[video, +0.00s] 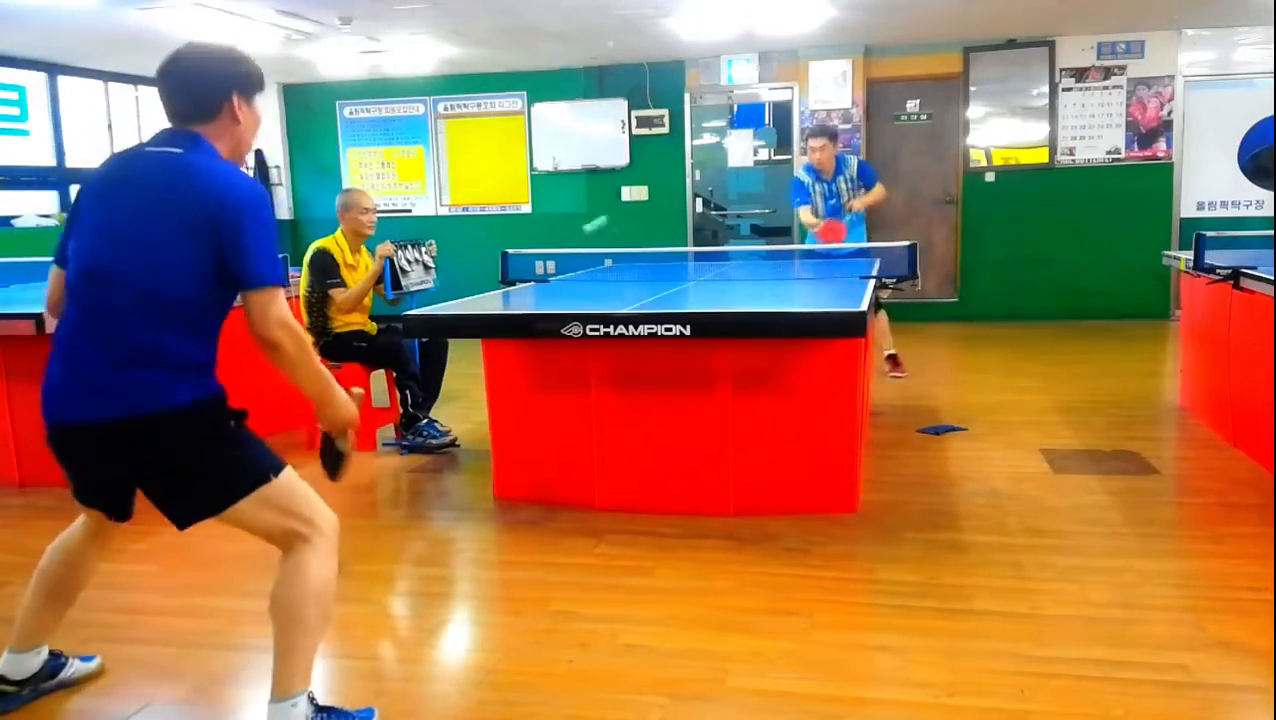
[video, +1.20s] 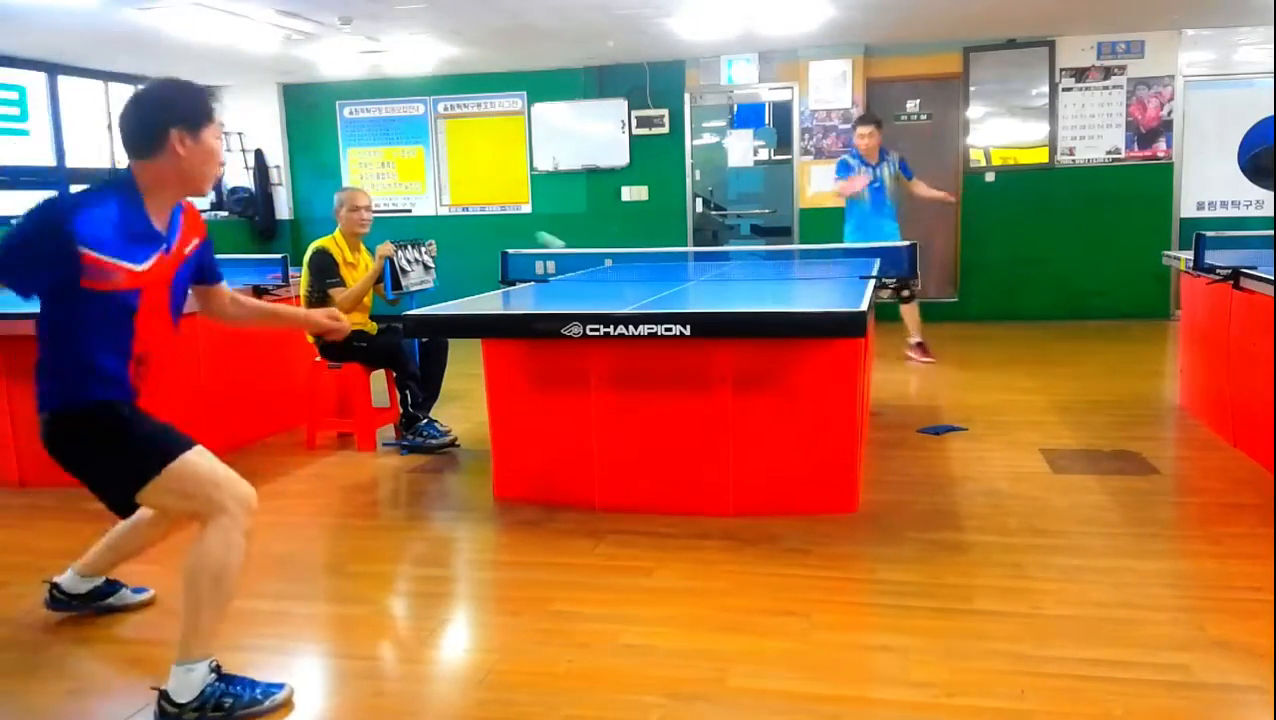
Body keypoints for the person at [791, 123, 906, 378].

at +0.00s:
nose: (815, 156)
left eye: (821, 150)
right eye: (811, 150)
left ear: (835, 148)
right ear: (806, 151)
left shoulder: (853, 165)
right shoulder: (803, 176)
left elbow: (880, 191)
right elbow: (804, 212)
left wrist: (862, 201)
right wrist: (816, 223)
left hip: (855, 248)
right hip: (818, 251)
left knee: (872, 300)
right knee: (817, 301)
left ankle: (889, 354)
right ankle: (819, 358)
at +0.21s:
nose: (835, 168)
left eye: (841, 161)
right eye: (832, 162)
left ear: (857, 159)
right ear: (828, 163)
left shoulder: (876, 180)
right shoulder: (827, 187)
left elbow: (907, 211)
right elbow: (807, 216)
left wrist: (878, 219)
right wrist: (785, 241)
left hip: (877, 261)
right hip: (842, 262)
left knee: (897, 312)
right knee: (840, 314)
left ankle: (920, 354)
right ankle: (842, 364)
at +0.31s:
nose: (847, 159)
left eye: (852, 152)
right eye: (842, 153)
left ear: (867, 150)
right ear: (838, 155)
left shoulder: (885, 173)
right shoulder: (839, 180)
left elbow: (919, 202)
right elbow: (827, 209)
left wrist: (892, 216)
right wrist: (812, 234)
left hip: (888, 253)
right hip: (853, 254)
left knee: (900, 305)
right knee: (849, 306)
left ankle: (921, 354)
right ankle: (848, 360)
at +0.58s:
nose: (858, 156)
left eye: (863, 149)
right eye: (854, 150)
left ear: (878, 148)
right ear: (850, 151)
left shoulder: (897, 172)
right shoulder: (852, 177)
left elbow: (919, 207)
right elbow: (850, 208)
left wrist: (901, 220)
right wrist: (844, 234)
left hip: (899, 248)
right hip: (867, 249)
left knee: (909, 299)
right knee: (858, 301)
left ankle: (931, 351)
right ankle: (855, 354)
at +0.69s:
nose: (866, 156)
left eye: (871, 149)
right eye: (861, 151)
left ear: (884, 146)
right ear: (857, 152)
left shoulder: (907, 163)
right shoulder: (858, 174)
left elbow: (940, 190)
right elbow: (863, 212)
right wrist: (874, 217)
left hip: (911, 240)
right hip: (878, 241)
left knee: (916, 295)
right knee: (863, 295)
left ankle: (932, 351)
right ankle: (858, 352)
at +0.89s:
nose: (879, 136)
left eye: (884, 130)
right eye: (874, 131)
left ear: (894, 128)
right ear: (867, 133)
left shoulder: (908, 145)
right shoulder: (864, 157)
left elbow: (934, 159)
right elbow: (874, 192)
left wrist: (954, 167)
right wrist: (883, 182)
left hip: (915, 230)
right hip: (881, 234)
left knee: (927, 288)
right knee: (868, 291)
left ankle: (940, 347)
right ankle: (859, 349)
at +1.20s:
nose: (864, 142)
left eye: (869, 136)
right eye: (859, 137)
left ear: (880, 137)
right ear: (853, 139)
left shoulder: (893, 160)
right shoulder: (847, 163)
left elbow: (915, 186)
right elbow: (840, 190)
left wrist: (940, 195)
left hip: (890, 238)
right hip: (858, 240)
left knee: (905, 287)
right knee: (859, 291)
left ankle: (915, 341)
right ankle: (859, 342)